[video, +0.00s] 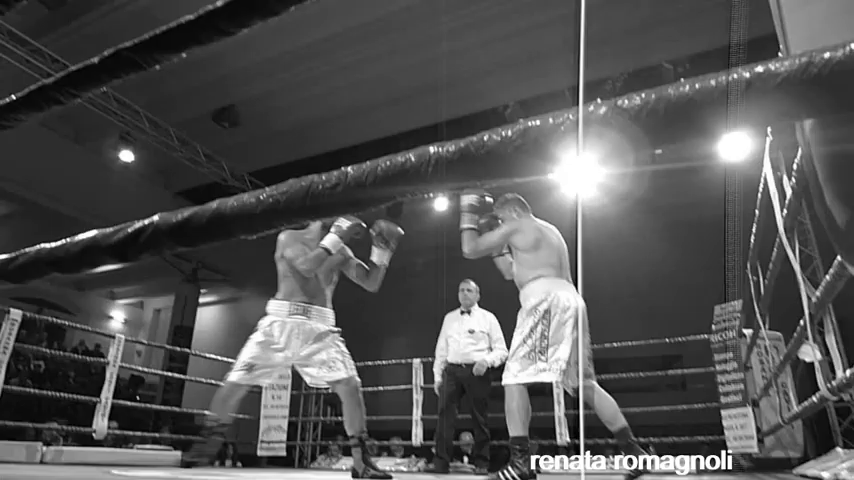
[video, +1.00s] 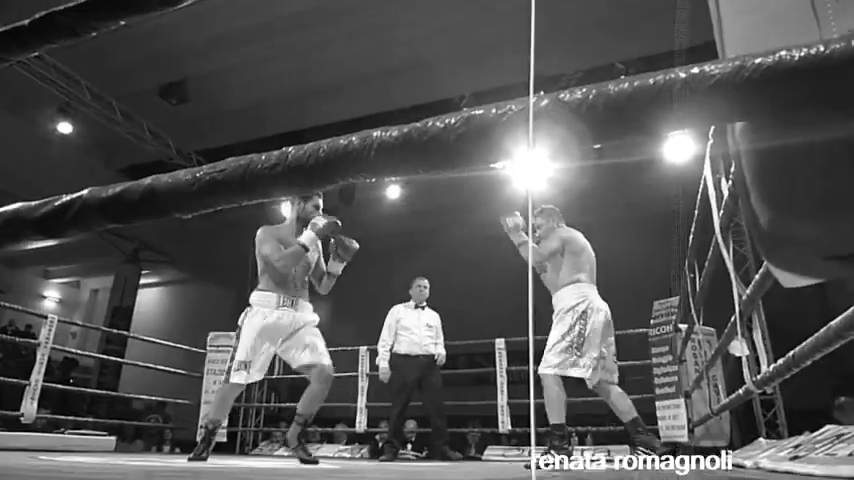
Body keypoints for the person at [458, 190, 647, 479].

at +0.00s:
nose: (501, 223)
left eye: (501, 218)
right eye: (499, 219)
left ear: (514, 209)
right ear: (525, 209)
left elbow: (470, 248)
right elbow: (511, 272)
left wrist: (468, 211)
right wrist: (493, 241)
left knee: (514, 379)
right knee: (583, 383)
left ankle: (520, 462)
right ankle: (634, 449)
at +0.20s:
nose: (506, 247)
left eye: (509, 240)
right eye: (505, 243)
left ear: (520, 236)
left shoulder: (537, 248)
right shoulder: (526, 272)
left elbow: (490, 264)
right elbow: (500, 291)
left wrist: (491, 231)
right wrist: (464, 273)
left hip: (547, 326)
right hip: (568, 329)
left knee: (515, 396)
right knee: (578, 406)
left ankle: (510, 467)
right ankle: (627, 459)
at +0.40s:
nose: (492, 212)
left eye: (495, 206)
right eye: (490, 209)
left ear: (509, 202)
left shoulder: (516, 218)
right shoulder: (515, 235)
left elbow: (469, 236)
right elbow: (475, 249)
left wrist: (463, 202)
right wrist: (439, 234)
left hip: (531, 294)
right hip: (551, 296)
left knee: (493, 359)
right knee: (553, 371)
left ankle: (499, 436)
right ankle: (599, 431)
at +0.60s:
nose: (480, 224)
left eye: (483, 217)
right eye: (479, 220)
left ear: (496, 214)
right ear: (495, 219)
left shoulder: (509, 235)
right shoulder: (496, 247)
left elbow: (465, 252)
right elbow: (470, 278)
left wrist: (458, 218)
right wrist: (439, 261)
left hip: (509, 310)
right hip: (521, 311)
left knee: (465, 365)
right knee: (528, 382)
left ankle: (467, 443)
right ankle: (590, 430)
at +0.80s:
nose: (530, 244)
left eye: (533, 237)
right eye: (529, 239)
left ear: (549, 235)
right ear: (545, 237)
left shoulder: (565, 254)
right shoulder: (546, 264)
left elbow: (537, 283)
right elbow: (528, 299)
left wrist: (523, 256)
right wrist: (519, 262)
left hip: (568, 323)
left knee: (533, 383)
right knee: (586, 398)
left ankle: (518, 455)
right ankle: (629, 452)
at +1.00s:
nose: (535, 231)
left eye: (538, 225)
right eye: (533, 227)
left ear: (553, 220)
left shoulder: (560, 234)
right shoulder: (578, 243)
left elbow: (537, 258)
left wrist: (518, 236)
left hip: (576, 308)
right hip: (596, 309)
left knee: (548, 371)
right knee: (600, 381)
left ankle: (559, 443)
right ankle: (643, 437)